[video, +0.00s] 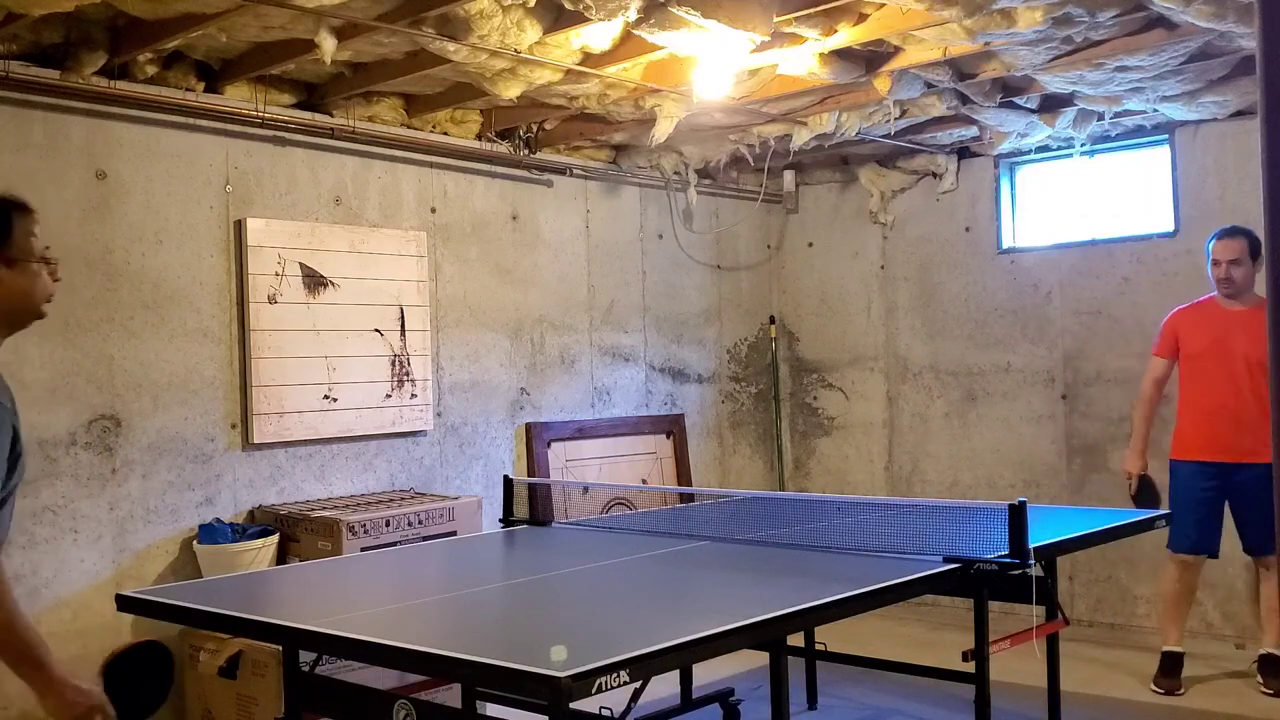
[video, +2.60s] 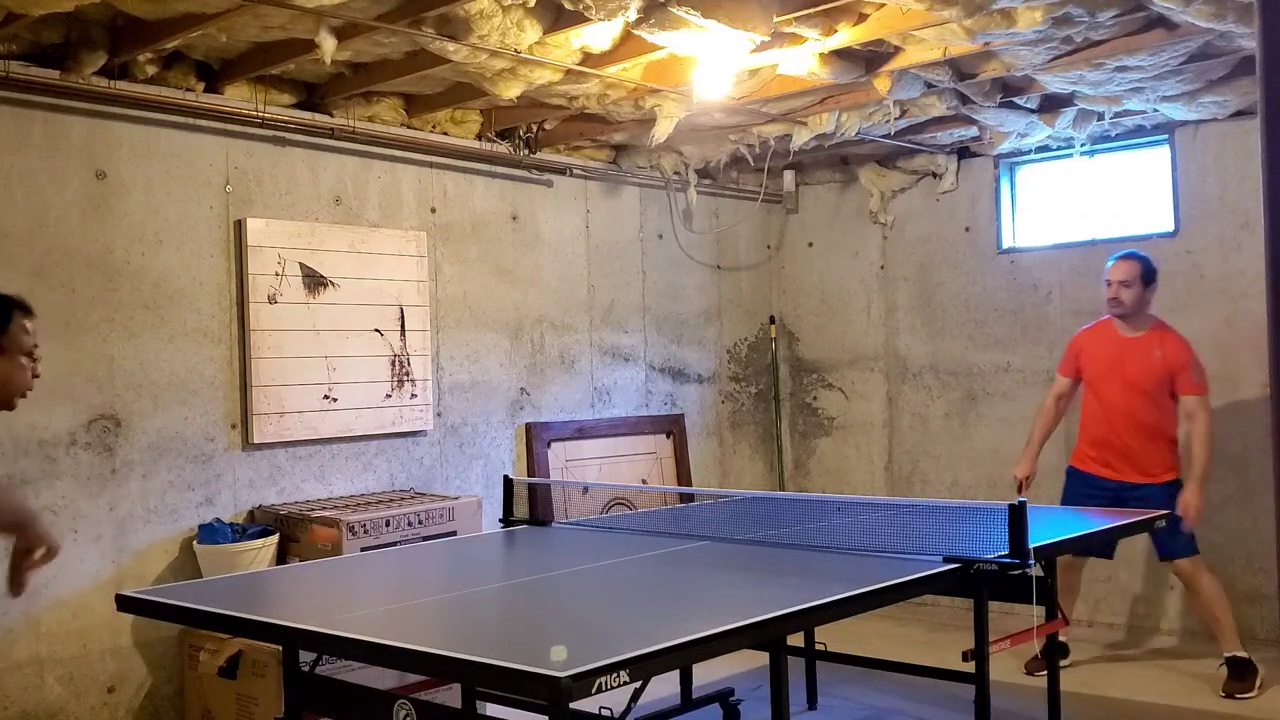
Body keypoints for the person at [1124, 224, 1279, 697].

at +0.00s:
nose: (1223, 271)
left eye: (1234, 262)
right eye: (1216, 263)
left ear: (1255, 266)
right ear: (1208, 266)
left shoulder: (1269, 317)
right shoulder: (1183, 319)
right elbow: (1152, 384)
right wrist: (1137, 448)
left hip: (1260, 461)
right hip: (1194, 460)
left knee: (1270, 559)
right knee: (1184, 556)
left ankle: (1271, 655)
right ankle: (1171, 655)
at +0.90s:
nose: (1155, 274)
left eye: (1165, 266)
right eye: (1149, 266)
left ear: (1188, 270)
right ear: (1145, 270)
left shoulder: (1218, 327)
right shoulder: (1129, 327)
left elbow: (1236, 400)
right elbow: (1104, 389)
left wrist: (1204, 443)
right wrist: (1082, 444)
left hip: (1202, 461)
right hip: (1141, 461)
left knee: (1227, 553)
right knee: (1141, 552)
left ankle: (1263, 651)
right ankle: (1144, 645)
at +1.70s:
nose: (1216, 291)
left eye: (1229, 284)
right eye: (1210, 279)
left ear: (1245, 285)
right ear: (1200, 272)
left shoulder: (1256, 330)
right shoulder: (1166, 316)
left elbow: (1267, 402)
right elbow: (1115, 367)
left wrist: (1235, 395)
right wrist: (1136, 398)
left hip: (1228, 460)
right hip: (1166, 456)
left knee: (1233, 555)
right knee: (1152, 548)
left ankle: (1243, 657)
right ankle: (1145, 641)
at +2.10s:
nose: (1222, 298)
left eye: (1235, 291)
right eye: (1217, 287)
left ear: (1256, 294)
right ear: (1210, 283)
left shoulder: (1266, 342)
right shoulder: (1180, 322)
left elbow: (1271, 398)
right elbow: (1119, 368)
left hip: (1226, 461)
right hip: (1164, 454)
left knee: (1232, 556)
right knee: (1147, 543)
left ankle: (1244, 656)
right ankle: (1144, 618)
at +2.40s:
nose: (1173, 288)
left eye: (1185, 282)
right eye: (1169, 279)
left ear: (1209, 287)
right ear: (1163, 280)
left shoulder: (1232, 345)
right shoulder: (1137, 326)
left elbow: (1256, 414)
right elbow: (1086, 372)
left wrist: (1271, 462)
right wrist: (1042, 419)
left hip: (1195, 470)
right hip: (1130, 461)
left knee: (1211, 561)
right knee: (1101, 547)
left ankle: (1241, 657)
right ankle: (1079, 628)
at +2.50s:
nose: (1145, 291)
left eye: (1156, 284)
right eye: (1140, 282)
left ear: (1181, 289)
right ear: (1134, 284)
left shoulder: (1205, 346)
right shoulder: (1113, 334)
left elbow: (1226, 417)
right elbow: (1075, 385)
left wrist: (1236, 489)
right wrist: (1039, 437)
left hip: (1177, 477)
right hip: (1112, 470)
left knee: (1200, 563)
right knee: (1083, 555)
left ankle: (1240, 659)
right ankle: (1056, 641)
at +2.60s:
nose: (1113, 292)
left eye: (1124, 285)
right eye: (1109, 284)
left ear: (1149, 291)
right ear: (1103, 287)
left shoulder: (1173, 347)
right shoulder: (1086, 340)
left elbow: (1196, 417)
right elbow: (1057, 398)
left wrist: (1194, 485)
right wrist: (1030, 455)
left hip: (1154, 483)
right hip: (1089, 478)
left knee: (1188, 565)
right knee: (1067, 559)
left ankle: (1236, 658)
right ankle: (1054, 642)